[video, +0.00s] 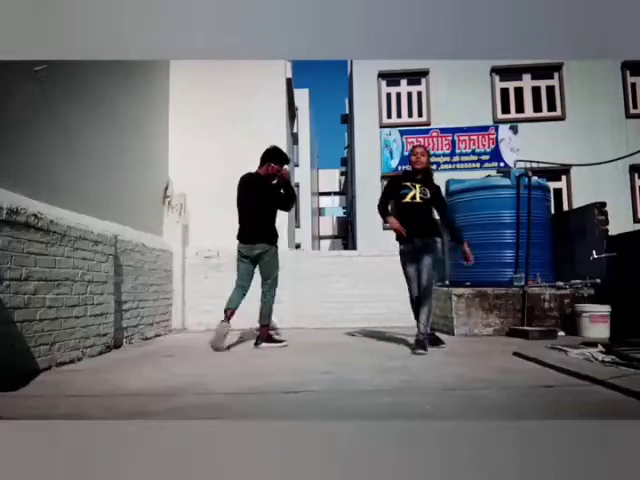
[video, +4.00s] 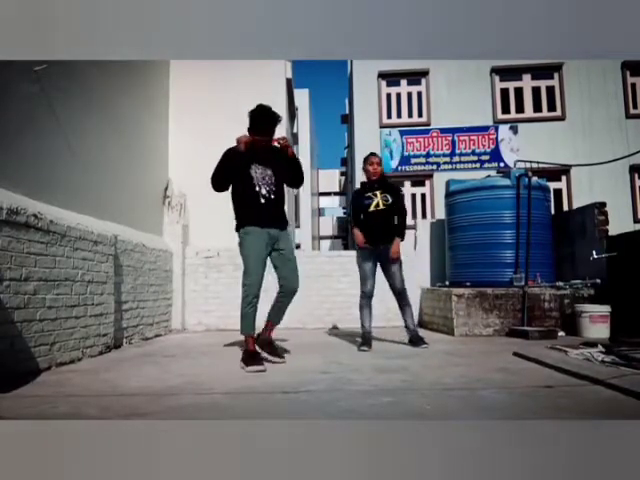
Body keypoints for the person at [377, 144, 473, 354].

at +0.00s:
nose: (418, 158)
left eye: (422, 155)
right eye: (415, 155)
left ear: (428, 160)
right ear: (410, 159)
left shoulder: (432, 187)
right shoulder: (396, 181)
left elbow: (446, 217)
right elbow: (382, 205)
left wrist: (462, 242)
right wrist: (389, 219)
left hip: (428, 240)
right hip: (407, 241)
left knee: (426, 288)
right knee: (415, 292)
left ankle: (421, 336)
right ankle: (427, 332)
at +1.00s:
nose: (379, 150)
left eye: (382, 147)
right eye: (375, 147)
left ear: (389, 151)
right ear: (369, 152)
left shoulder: (399, 177)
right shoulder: (360, 178)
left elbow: (411, 207)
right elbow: (346, 204)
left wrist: (425, 234)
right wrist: (355, 220)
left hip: (392, 238)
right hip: (367, 238)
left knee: (403, 285)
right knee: (362, 286)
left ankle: (418, 335)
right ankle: (359, 337)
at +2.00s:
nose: (397, 163)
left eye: (400, 159)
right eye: (393, 159)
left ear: (408, 161)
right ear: (390, 162)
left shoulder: (415, 185)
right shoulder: (380, 184)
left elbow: (429, 215)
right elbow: (371, 210)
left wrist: (443, 243)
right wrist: (372, 231)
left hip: (407, 243)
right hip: (384, 242)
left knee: (409, 289)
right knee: (375, 287)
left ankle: (409, 334)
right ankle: (369, 334)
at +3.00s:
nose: (392, 165)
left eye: (394, 162)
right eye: (388, 163)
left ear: (399, 164)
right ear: (382, 166)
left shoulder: (407, 188)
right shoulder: (376, 187)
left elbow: (412, 216)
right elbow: (373, 216)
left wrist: (412, 239)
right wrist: (382, 237)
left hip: (409, 243)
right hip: (388, 244)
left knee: (413, 290)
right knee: (382, 291)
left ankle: (415, 333)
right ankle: (372, 335)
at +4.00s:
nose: (374, 168)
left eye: (377, 164)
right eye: (371, 164)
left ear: (382, 167)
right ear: (364, 168)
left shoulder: (392, 189)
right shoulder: (358, 194)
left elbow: (402, 216)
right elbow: (353, 217)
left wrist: (397, 241)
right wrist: (355, 230)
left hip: (389, 245)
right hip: (366, 246)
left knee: (399, 290)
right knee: (366, 292)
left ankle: (413, 333)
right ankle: (366, 336)